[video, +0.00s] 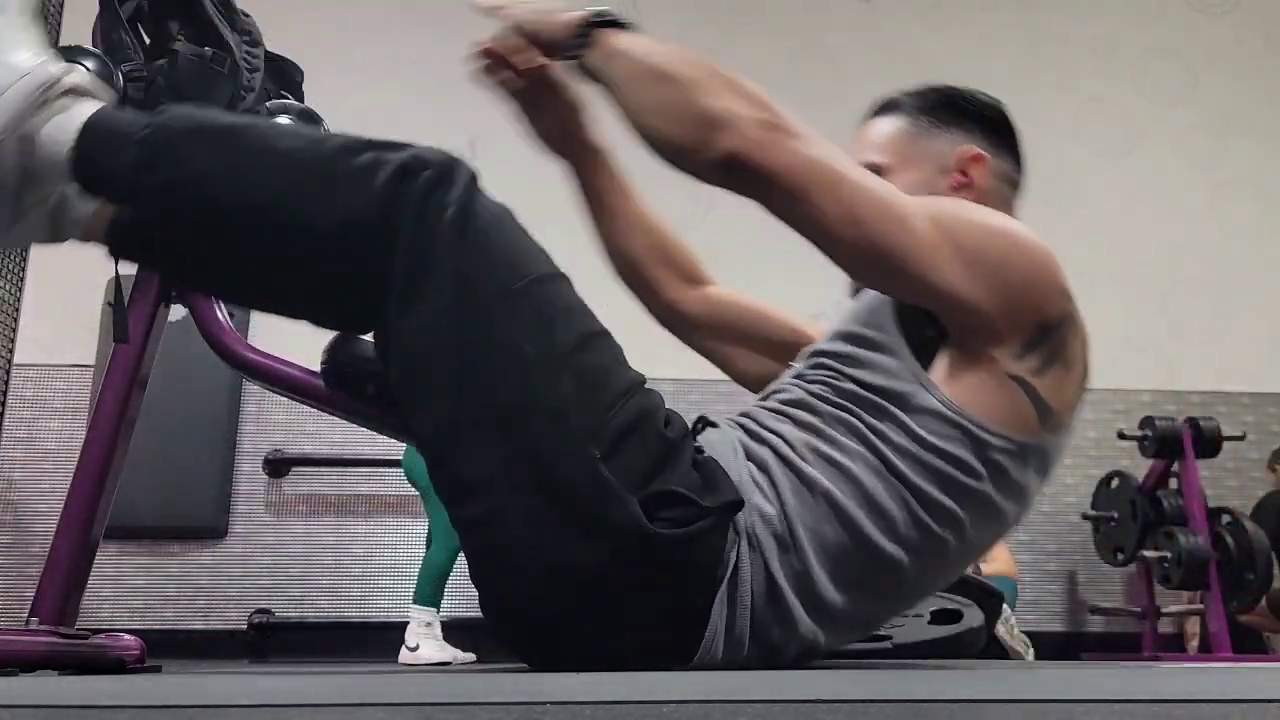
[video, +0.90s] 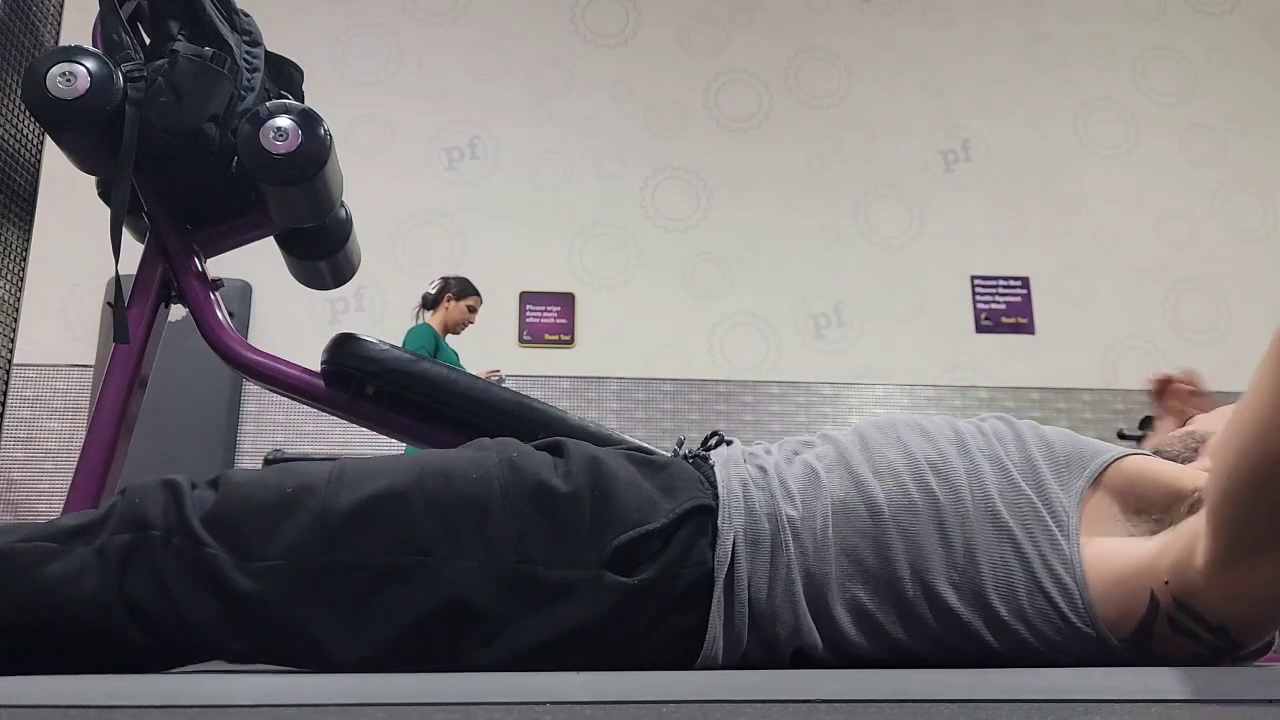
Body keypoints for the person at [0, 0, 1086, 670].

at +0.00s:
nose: (848, 188)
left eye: (873, 162)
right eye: (852, 169)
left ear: (966, 175)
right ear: (915, 196)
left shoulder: (1026, 285)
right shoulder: (872, 344)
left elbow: (751, 146)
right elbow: (680, 294)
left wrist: (589, 31)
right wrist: (578, 128)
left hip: (685, 568)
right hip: (652, 550)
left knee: (432, 208)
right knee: (423, 220)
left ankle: (68, 141)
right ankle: (77, 183)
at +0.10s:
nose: (928, 263)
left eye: (964, 233)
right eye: (933, 236)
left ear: (1058, 241)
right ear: (965, 254)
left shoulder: (1094, 352)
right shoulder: (917, 390)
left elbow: (852, 139)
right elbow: (766, 302)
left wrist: (768, 66)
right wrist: (740, 129)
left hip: (686, 557)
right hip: (649, 541)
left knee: (380, 244)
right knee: (376, 247)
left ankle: (31, 216)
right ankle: (51, 229)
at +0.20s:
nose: (1047, 295)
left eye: (1094, 282)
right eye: (1051, 275)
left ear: (1164, 325)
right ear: (1038, 298)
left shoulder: (1147, 435)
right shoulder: (956, 419)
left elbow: (1047, 293)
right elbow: (855, 315)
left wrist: (977, 118)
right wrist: (903, 158)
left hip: (693, 557)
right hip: (651, 535)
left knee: (348, 270)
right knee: (353, 284)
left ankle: (19, 283)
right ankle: (28, 295)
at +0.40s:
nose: (1182, 365)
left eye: (1204, 366)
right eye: (1197, 358)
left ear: (1238, 407)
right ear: (1197, 391)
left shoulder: (1208, 517)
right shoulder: (1109, 461)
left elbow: (1259, 200)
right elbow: (1001, 382)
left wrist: (1210, 376)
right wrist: (1121, 367)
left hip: (699, 549)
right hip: (693, 496)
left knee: (291, 336)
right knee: (306, 340)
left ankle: (11, 391)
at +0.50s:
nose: (1195, 391)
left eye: (1222, 402)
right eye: (1202, 384)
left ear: (1251, 453)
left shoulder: (1203, 571)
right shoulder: (1125, 488)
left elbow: (1278, 375)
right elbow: (1070, 410)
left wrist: (1224, 418)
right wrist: (1160, 411)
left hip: (687, 544)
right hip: (684, 493)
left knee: (259, 387)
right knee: (269, 388)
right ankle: (17, 452)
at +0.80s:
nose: (1226, 431)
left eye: (1246, 452)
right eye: (1239, 427)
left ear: (1243, 497)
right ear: (1213, 434)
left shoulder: (1177, 579)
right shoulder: (1115, 473)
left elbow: (1261, 554)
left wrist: (1255, 460)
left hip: (666, 550)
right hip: (655, 486)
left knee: (191, 567)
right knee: (215, 533)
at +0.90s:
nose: (1189, 388)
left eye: (1213, 393)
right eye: (1196, 377)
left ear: (1224, 438)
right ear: (1185, 414)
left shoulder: (1183, 575)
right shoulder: (1106, 484)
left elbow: (1267, 413)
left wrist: (1222, 422)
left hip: (659, 562)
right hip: (658, 516)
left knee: (190, 556)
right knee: (205, 562)